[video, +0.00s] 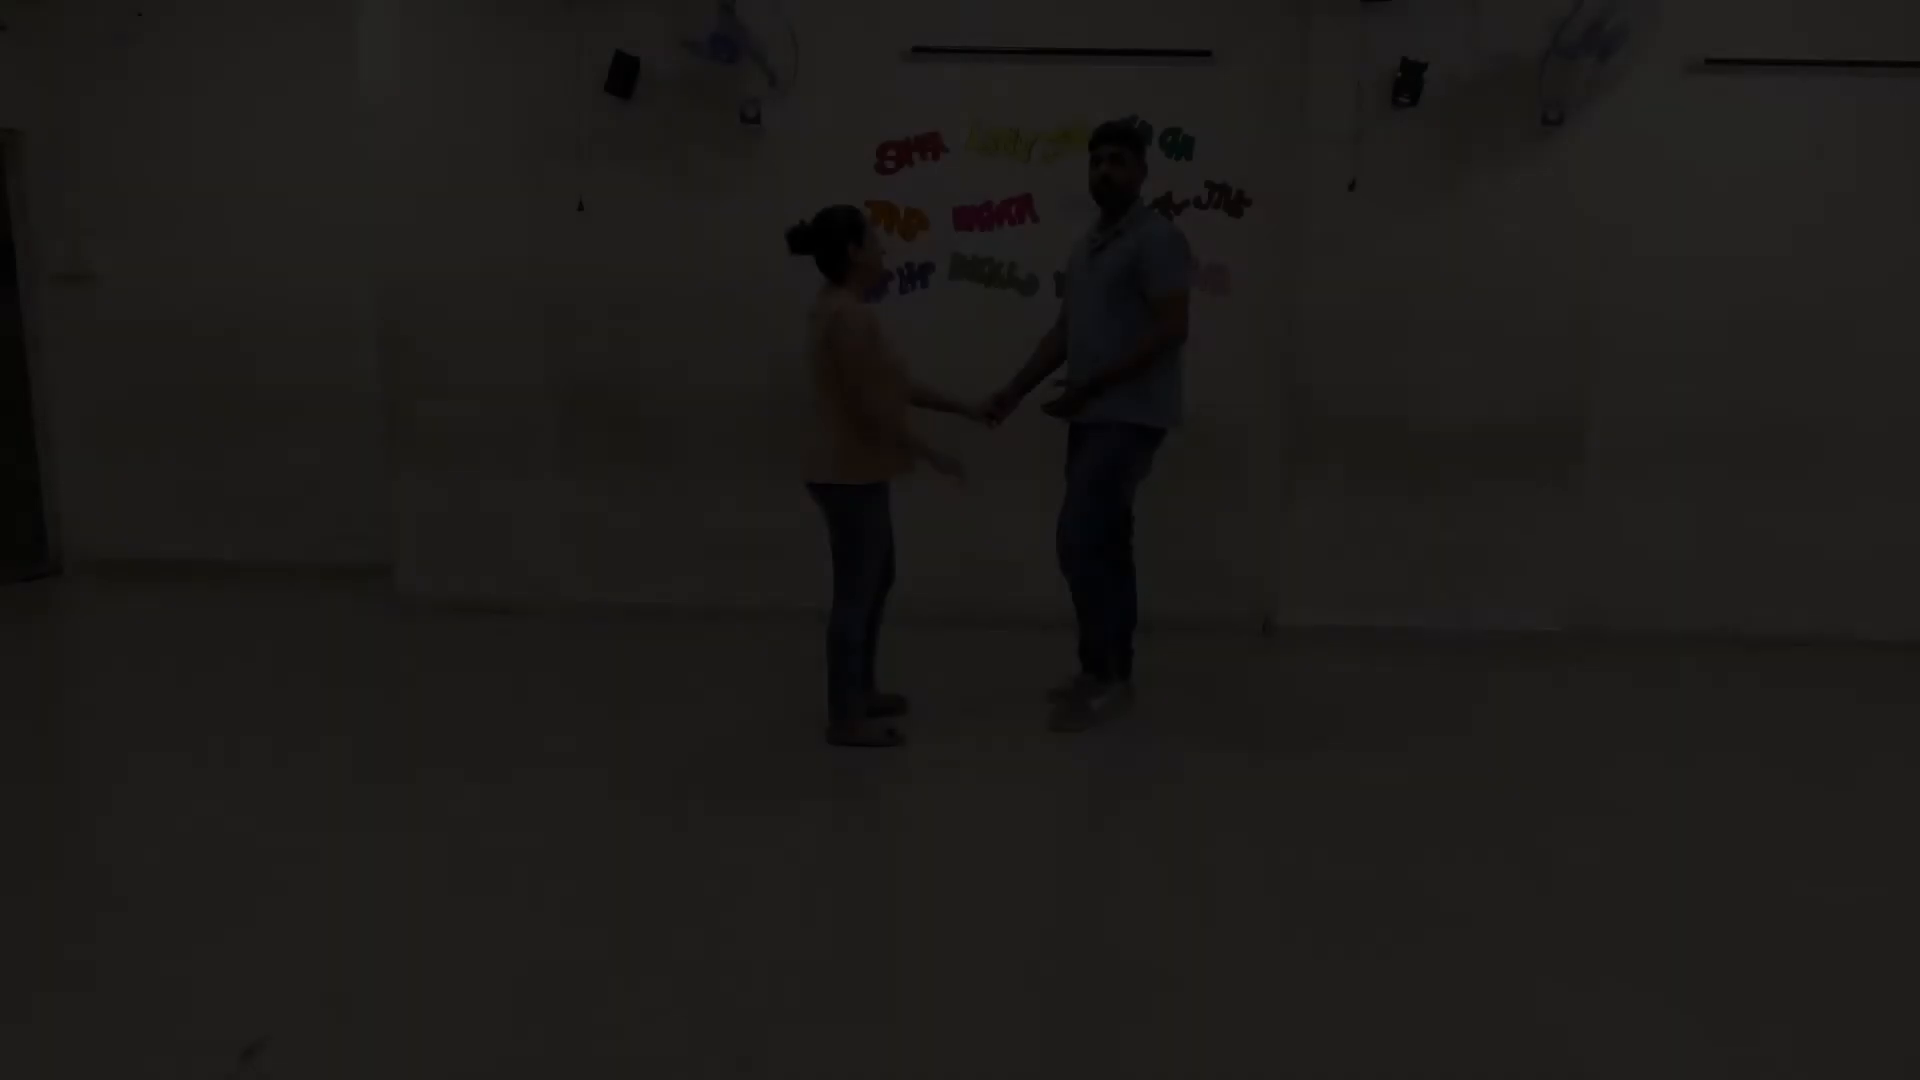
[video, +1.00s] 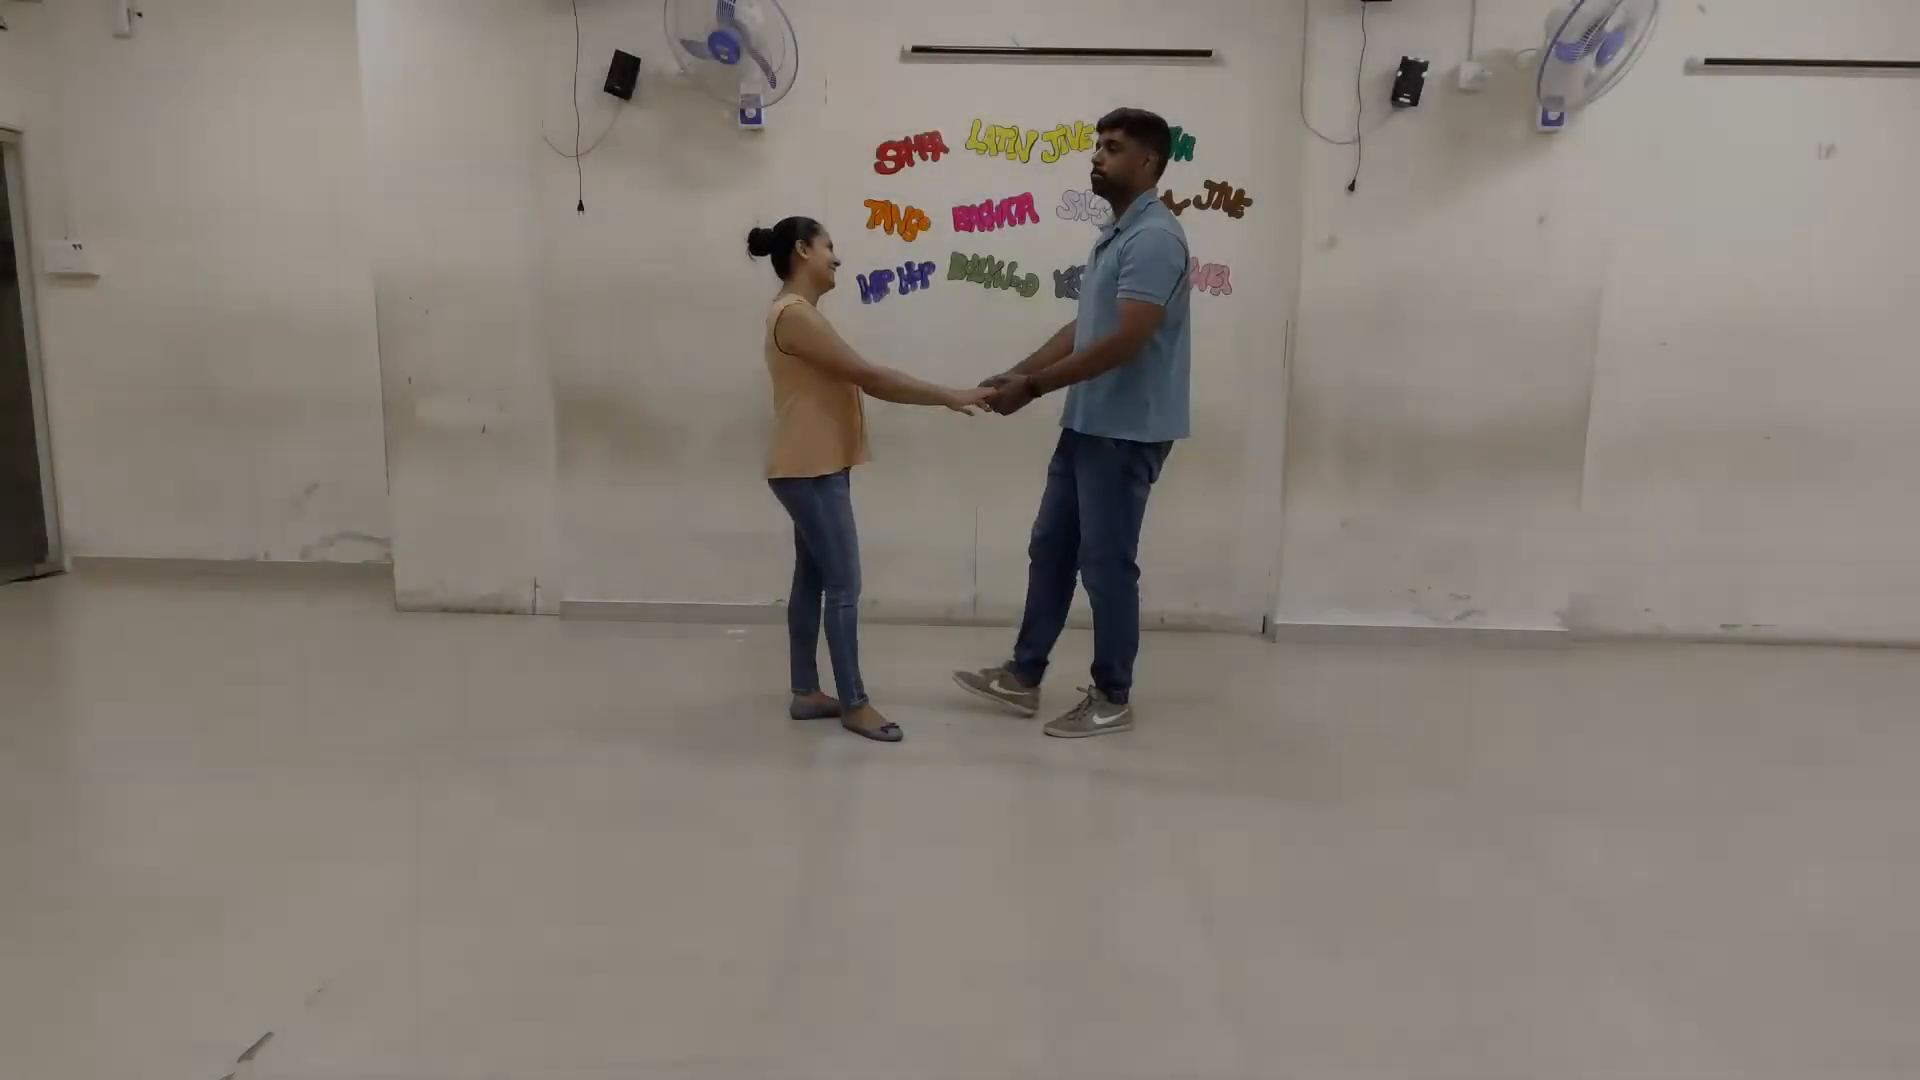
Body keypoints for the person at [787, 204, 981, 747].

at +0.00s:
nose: (882, 255)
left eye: (876, 244)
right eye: (872, 246)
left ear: (838, 256)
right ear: (852, 255)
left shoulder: (842, 312)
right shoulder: (847, 317)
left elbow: (898, 387)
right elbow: (879, 404)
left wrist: (968, 408)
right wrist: (934, 458)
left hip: (850, 472)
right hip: (849, 475)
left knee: (869, 580)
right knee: (862, 584)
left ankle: (860, 694)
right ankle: (848, 714)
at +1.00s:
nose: (836, 257)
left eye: (833, 248)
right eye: (829, 247)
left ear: (802, 255)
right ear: (802, 252)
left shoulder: (798, 314)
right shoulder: (794, 317)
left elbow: (871, 380)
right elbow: (871, 377)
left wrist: (947, 397)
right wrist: (949, 395)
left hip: (814, 468)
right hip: (811, 471)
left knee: (808, 583)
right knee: (843, 586)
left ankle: (806, 693)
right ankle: (854, 704)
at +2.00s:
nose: (833, 242)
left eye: (827, 234)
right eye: (825, 237)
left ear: (798, 258)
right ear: (806, 256)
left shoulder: (791, 307)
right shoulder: (810, 319)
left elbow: (876, 381)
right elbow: (881, 385)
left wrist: (959, 399)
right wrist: (969, 400)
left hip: (823, 465)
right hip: (815, 469)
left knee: (861, 568)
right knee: (833, 589)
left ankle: (836, 687)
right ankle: (810, 716)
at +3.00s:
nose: (831, 251)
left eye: (827, 242)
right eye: (818, 246)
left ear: (805, 258)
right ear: (790, 261)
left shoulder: (813, 312)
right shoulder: (792, 319)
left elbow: (857, 382)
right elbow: (864, 379)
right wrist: (956, 390)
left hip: (847, 470)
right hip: (817, 475)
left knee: (858, 585)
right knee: (836, 594)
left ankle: (852, 691)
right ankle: (798, 717)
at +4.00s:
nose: (967, 244)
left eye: (963, 235)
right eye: (956, 237)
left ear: (932, 251)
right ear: (929, 250)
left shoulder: (939, 311)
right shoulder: (919, 315)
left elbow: (944, 390)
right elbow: (917, 403)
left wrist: (994, 370)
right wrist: (990, 382)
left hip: (949, 472)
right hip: (926, 476)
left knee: (943, 591)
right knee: (960, 594)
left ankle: (925, 702)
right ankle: (889, 698)